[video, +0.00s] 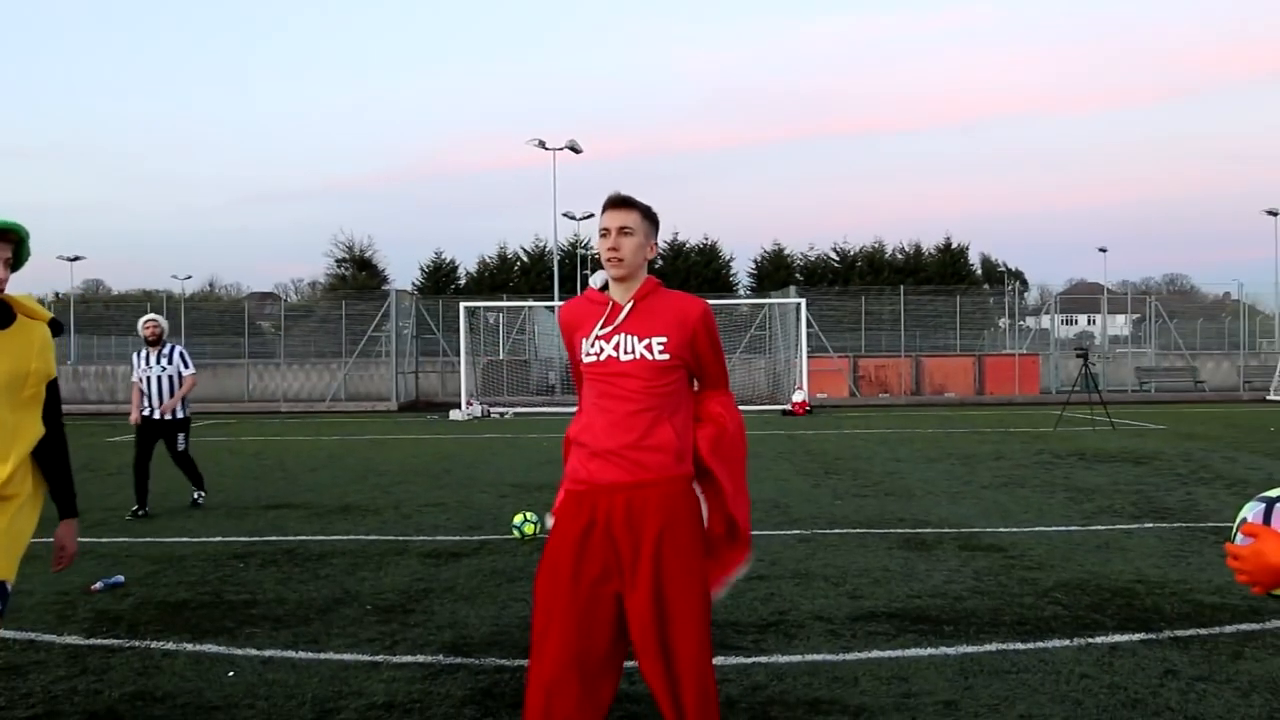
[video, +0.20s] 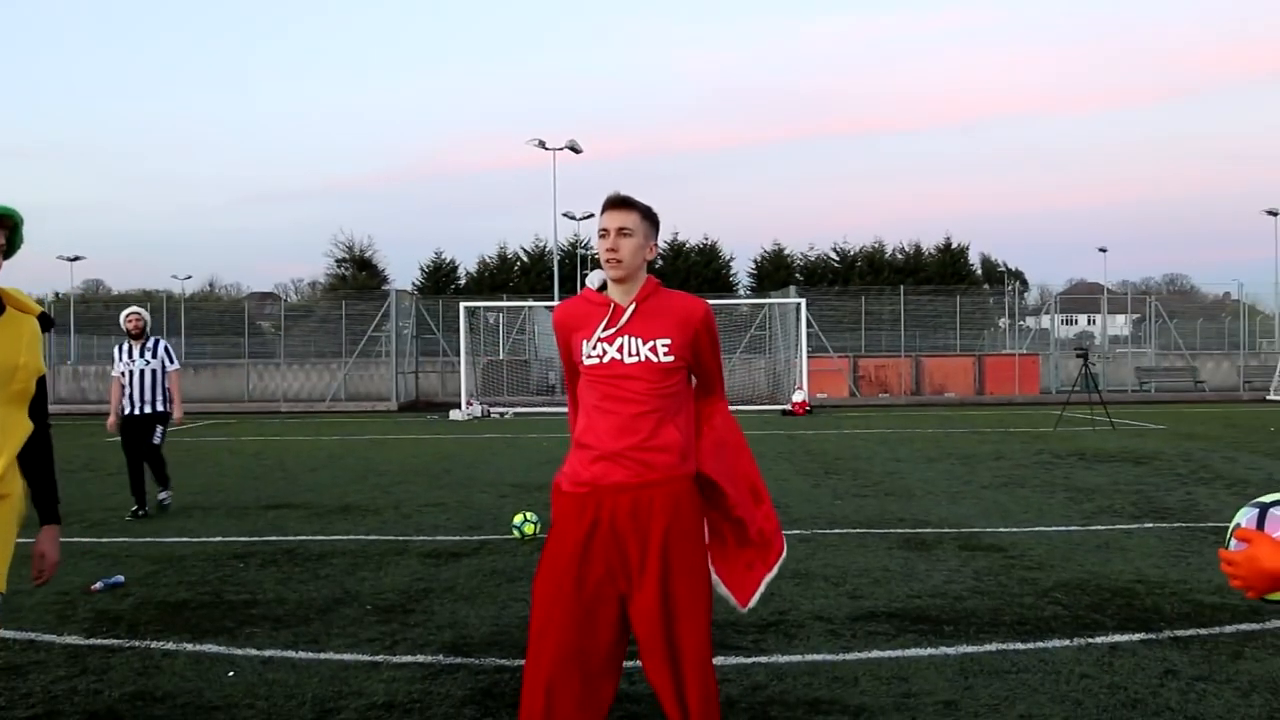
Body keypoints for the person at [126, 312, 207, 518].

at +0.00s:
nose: (151, 331)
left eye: (155, 327)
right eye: (147, 328)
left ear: (162, 330)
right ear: (142, 333)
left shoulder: (177, 352)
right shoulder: (138, 357)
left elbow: (191, 379)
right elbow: (137, 384)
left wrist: (173, 401)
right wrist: (135, 409)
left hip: (175, 418)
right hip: (149, 418)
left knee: (180, 456)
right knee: (141, 461)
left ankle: (199, 488)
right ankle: (141, 505)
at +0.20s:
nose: (134, 324)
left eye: (138, 320)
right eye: (130, 321)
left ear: (145, 323)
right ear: (125, 326)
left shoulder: (160, 345)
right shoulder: (120, 350)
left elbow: (173, 375)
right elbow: (117, 382)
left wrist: (177, 405)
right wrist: (113, 412)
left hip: (156, 409)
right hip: (130, 411)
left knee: (151, 450)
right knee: (133, 458)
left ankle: (163, 489)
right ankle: (140, 504)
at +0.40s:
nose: (122, 326)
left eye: (126, 322)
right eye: (118, 323)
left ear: (133, 326)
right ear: (112, 327)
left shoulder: (147, 349)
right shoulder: (105, 352)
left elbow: (164, 377)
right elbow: (98, 383)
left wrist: (171, 408)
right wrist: (92, 416)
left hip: (140, 412)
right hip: (115, 414)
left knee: (130, 458)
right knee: (128, 460)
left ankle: (119, 504)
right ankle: (140, 505)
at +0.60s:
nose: (110, 327)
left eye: (115, 323)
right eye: (106, 323)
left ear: (122, 328)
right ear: (99, 329)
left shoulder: (133, 353)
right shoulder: (91, 353)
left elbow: (147, 384)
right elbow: (85, 385)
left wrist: (150, 416)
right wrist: (78, 416)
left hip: (124, 416)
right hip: (99, 416)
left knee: (109, 463)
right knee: (102, 464)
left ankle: (104, 514)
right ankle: (131, 496)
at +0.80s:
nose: (98, 321)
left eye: (102, 317)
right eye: (93, 317)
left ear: (110, 321)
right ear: (87, 322)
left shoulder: (121, 347)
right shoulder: (80, 347)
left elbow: (130, 381)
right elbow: (73, 379)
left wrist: (120, 411)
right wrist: (68, 410)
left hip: (106, 416)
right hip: (80, 415)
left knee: (104, 466)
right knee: (69, 460)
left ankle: (104, 515)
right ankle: (92, 496)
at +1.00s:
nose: (81, 321)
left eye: (86, 318)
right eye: (76, 318)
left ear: (93, 322)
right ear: (70, 323)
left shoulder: (106, 349)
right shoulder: (63, 349)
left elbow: (112, 384)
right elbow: (56, 384)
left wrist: (95, 404)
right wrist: (51, 415)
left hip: (94, 422)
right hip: (64, 421)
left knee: (99, 470)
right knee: (52, 473)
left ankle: (103, 516)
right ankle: (39, 521)